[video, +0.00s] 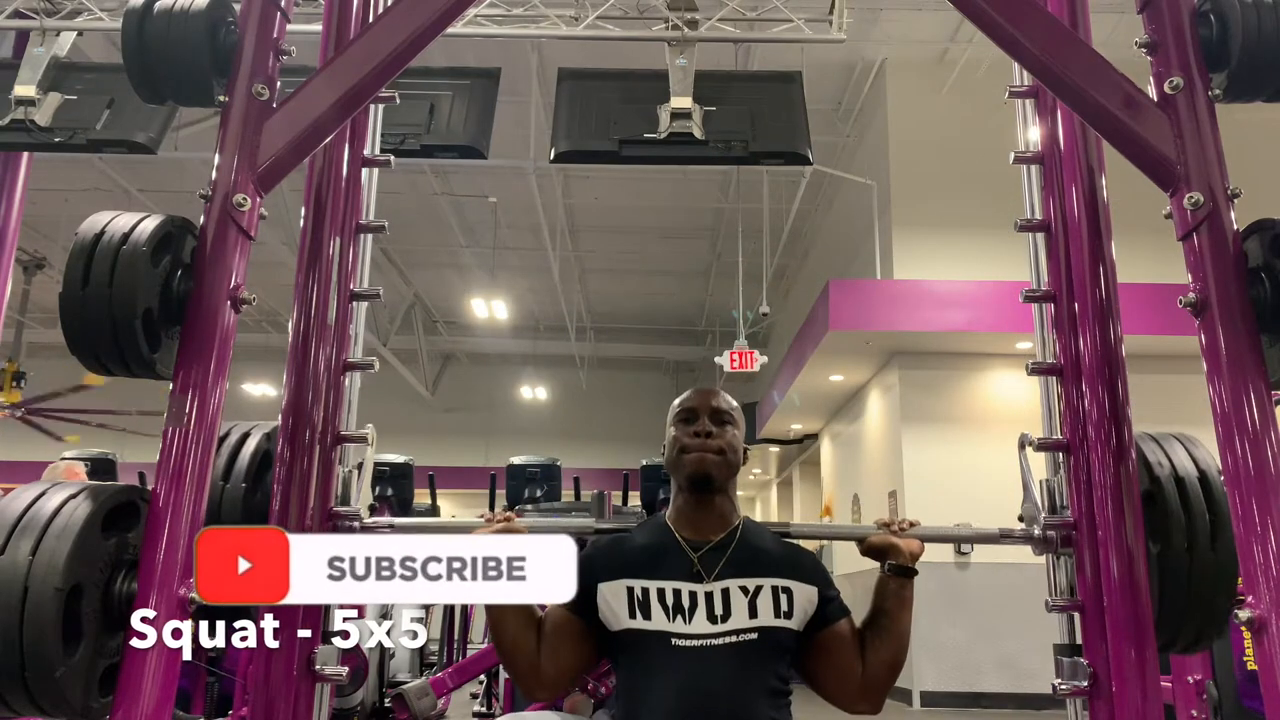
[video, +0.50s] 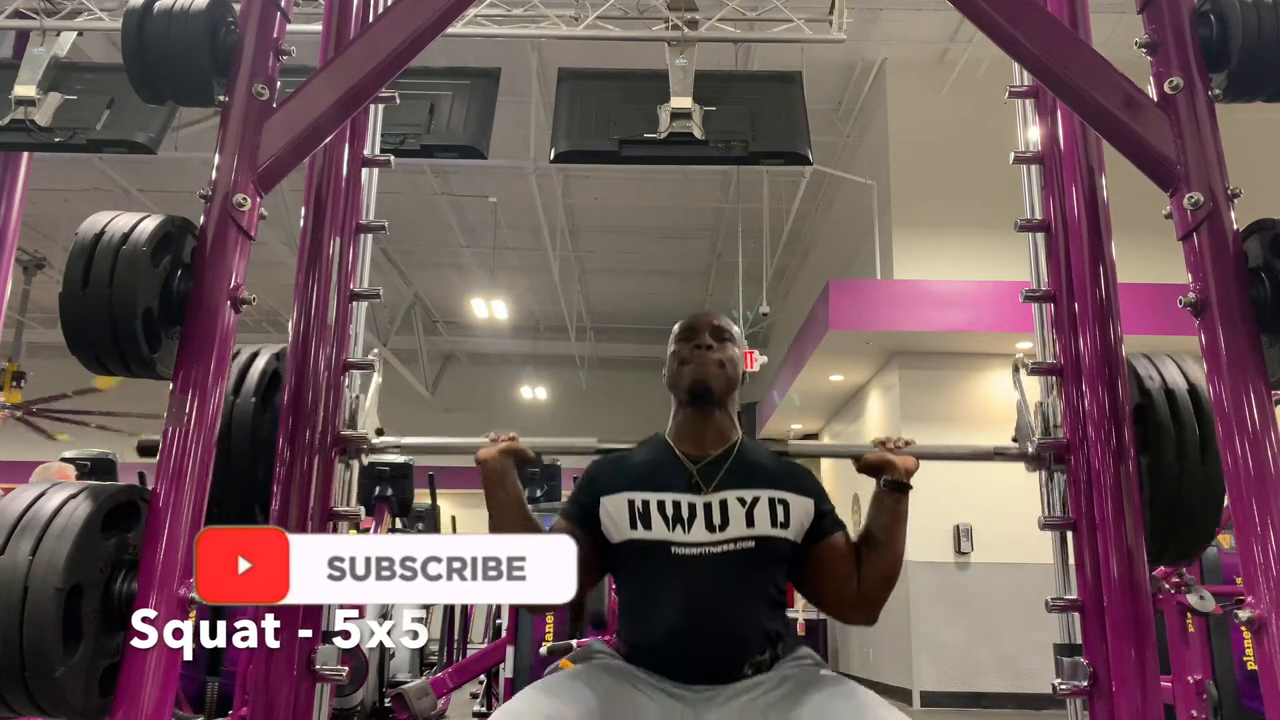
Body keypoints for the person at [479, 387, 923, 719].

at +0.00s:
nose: (705, 430)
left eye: (721, 422)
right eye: (688, 421)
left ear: (744, 454)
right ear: (665, 450)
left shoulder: (793, 569)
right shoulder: (607, 563)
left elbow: (862, 692)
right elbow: (539, 679)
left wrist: (899, 573)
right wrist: (495, 570)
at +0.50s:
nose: (703, 348)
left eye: (719, 340)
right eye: (687, 342)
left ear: (742, 371)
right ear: (666, 373)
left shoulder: (788, 481)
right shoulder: (612, 478)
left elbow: (858, 602)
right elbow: (543, 585)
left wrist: (894, 489)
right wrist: (500, 482)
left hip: (769, 683)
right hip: (637, 681)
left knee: (888, 719)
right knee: (513, 719)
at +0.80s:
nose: (707, 270)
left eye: (723, 267)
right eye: (691, 265)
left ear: (743, 310)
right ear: (668, 303)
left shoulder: (785, 405)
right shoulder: (616, 404)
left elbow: (856, 524)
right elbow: (548, 509)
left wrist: (889, 418)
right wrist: (502, 403)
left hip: (770, 624)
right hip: (635, 623)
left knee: (883, 715)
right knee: (527, 714)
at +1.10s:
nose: (706, 186)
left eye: (724, 183)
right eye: (692, 181)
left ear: (744, 218)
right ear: (671, 217)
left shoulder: (791, 319)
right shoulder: (618, 314)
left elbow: (857, 432)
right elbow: (547, 418)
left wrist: (887, 330)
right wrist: (507, 314)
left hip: (774, 547)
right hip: (638, 540)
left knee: (827, 708)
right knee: (588, 705)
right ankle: (675, 707)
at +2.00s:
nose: (707, 252)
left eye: (722, 246)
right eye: (691, 243)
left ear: (741, 279)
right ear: (667, 274)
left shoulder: (787, 383)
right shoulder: (615, 382)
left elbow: (856, 501)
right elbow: (549, 488)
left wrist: (889, 397)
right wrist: (504, 386)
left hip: (767, 615)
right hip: (632, 611)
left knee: (871, 713)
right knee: (532, 712)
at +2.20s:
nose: (703, 345)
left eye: (718, 334)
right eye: (689, 333)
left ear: (742, 354)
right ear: (668, 355)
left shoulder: (788, 463)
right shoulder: (615, 462)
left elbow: (858, 587)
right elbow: (548, 570)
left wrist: (893, 474)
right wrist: (501, 462)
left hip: (768, 677)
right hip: (635, 673)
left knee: (883, 717)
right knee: (518, 716)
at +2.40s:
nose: (699, 429)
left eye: (716, 414)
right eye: (685, 413)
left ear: (742, 425)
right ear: (664, 423)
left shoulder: (789, 531)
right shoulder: (612, 523)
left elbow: (859, 651)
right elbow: (542, 639)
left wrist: (895, 539)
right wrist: (498, 524)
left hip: (758, 707)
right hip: (639, 707)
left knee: (872, 719)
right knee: (519, 716)